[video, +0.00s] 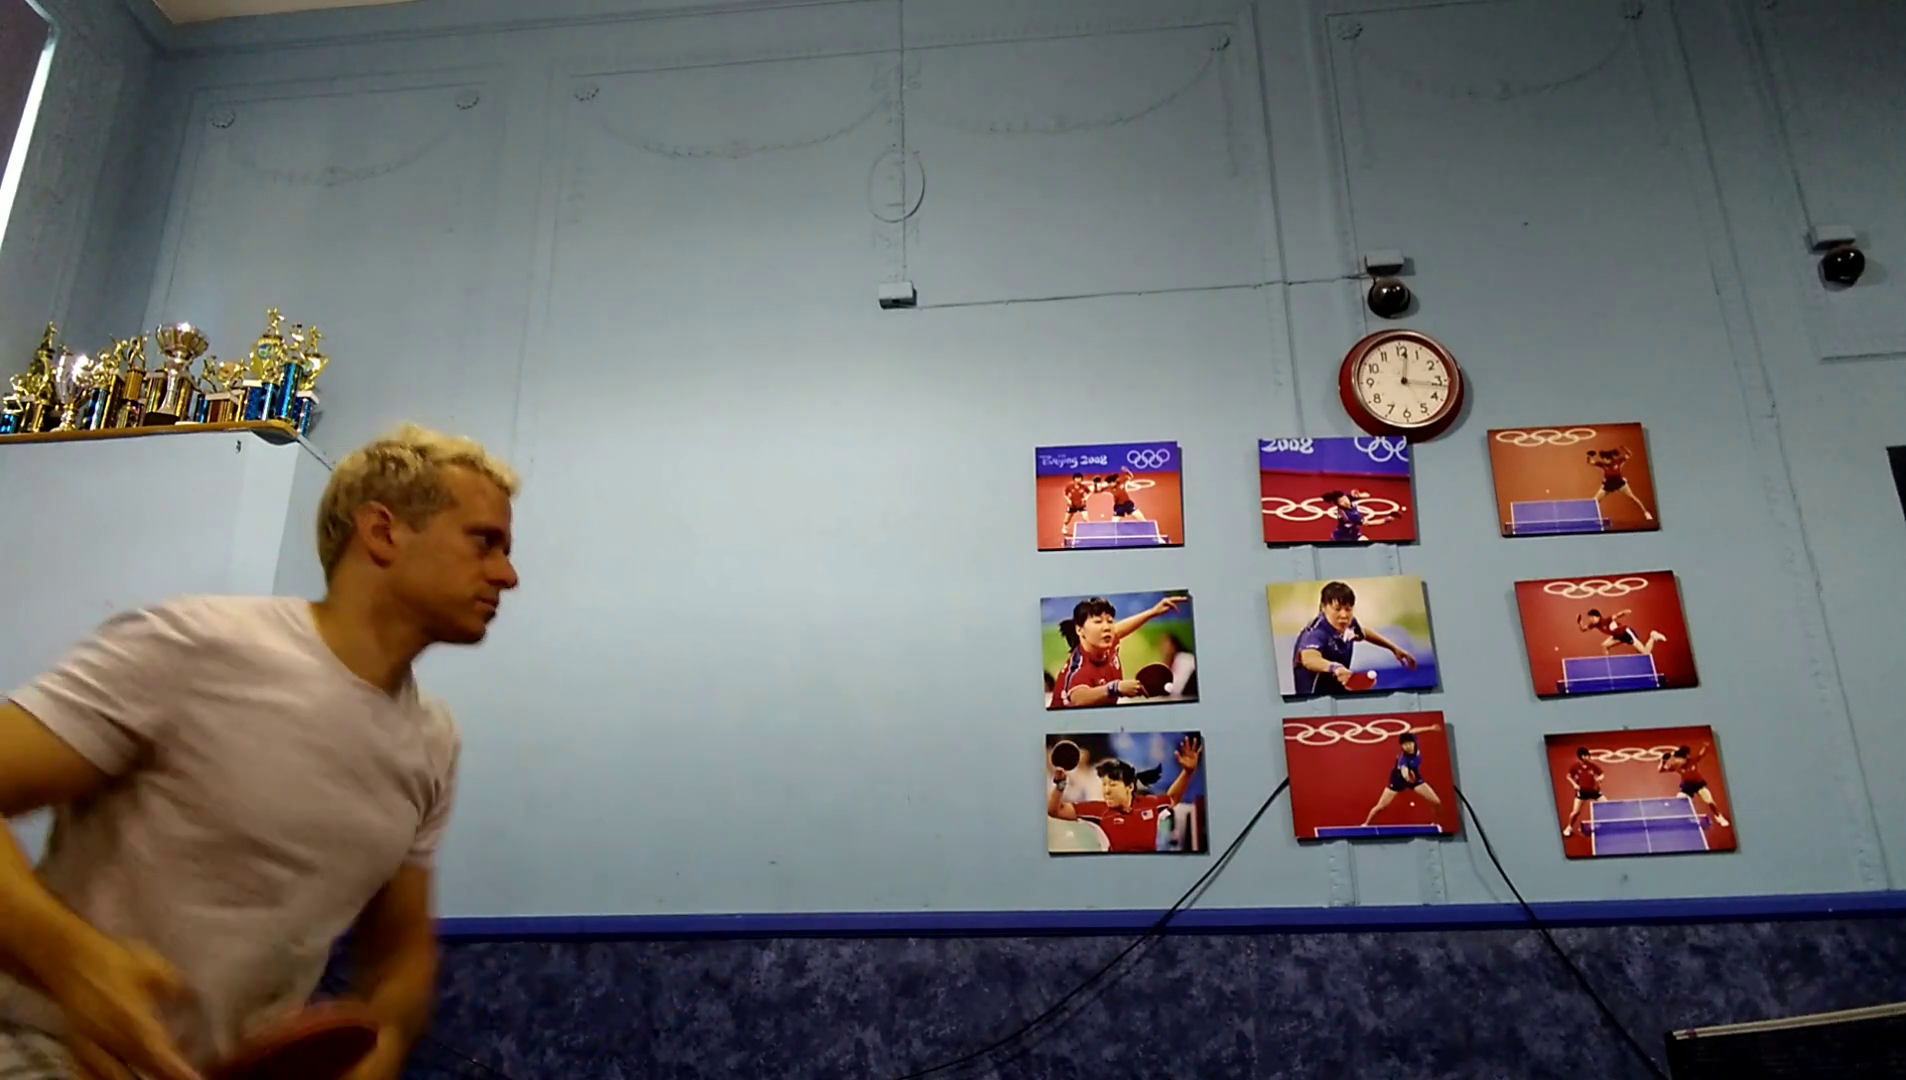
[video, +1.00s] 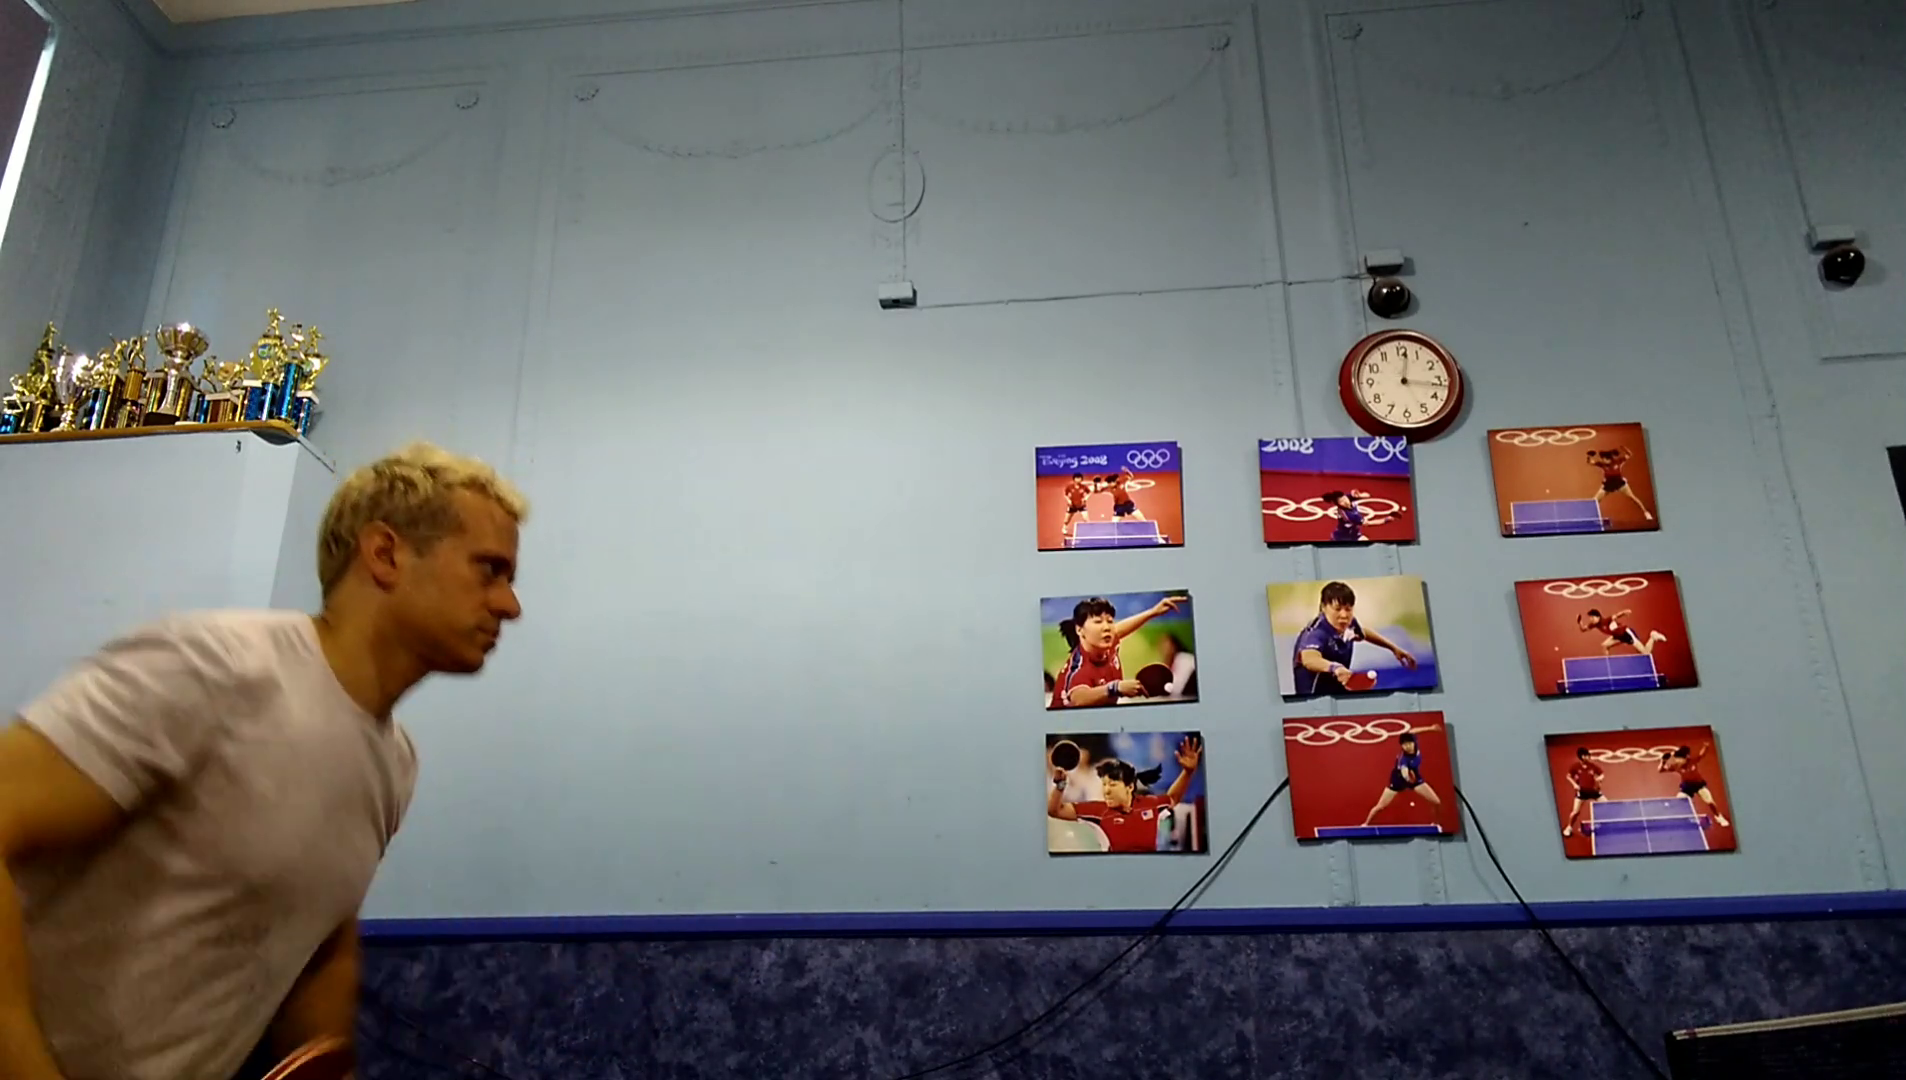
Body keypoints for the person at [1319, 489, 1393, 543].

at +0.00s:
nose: (1344, 502)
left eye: (1344, 499)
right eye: (1341, 502)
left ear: (1346, 497)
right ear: (1339, 505)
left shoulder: (1349, 498)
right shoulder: (1350, 515)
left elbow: (1367, 496)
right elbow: (1366, 523)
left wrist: (1360, 495)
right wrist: (1385, 520)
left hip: (1356, 536)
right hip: (1341, 538)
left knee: (1371, 548)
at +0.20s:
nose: (1344, 502)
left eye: (1344, 499)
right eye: (1341, 502)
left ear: (1346, 497)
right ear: (1339, 505)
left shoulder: (1349, 498)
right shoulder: (1350, 515)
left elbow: (1367, 496)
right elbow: (1366, 523)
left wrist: (1360, 495)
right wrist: (1385, 520)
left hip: (1356, 536)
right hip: (1341, 538)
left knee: (1371, 548)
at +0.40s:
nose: (1344, 502)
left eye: (1344, 499)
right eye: (1341, 502)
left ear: (1346, 497)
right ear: (1339, 505)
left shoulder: (1348, 497)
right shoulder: (1350, 515)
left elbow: (1367, 495)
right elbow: (1366, 523)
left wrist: (1360, 495)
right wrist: (1384, 520)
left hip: (1355, 536)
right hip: (1341, 538)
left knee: (1371, 548)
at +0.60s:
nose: (1344, 502)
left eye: (1344, 499)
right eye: (1341, 502)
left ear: (1346, 497)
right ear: (1339, 505)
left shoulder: (1349, 498)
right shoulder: (1350, 515)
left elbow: (1367, 496)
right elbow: (1367, 523)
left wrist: (1360, 495)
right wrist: (1385, 520)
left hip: (1355, 536)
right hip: (1341, 538)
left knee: (1371, 547)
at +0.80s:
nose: (1344, 502)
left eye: (1344, 499)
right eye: (1341, 502)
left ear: (1346, 497)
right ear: (1339, 505)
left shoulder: (1349, 498)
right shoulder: (1350, 515)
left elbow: (1367, 496)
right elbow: (1366, 523)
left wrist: (1360, 495)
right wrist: (1385, 520)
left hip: (1355, 536)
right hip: (1341, 538)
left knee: (1371, 547)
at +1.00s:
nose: (1344, 502)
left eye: (1344, 499)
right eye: (1341, 502)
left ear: (1346, 497)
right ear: (1339, 505)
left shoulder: (1349, 498)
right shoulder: (1350, 515)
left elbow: (1367, 496)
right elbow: (1366, 523)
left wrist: (1360, 495)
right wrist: (1385, 520)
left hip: (1356, 536)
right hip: (1341, 538)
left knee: (1371, 547)